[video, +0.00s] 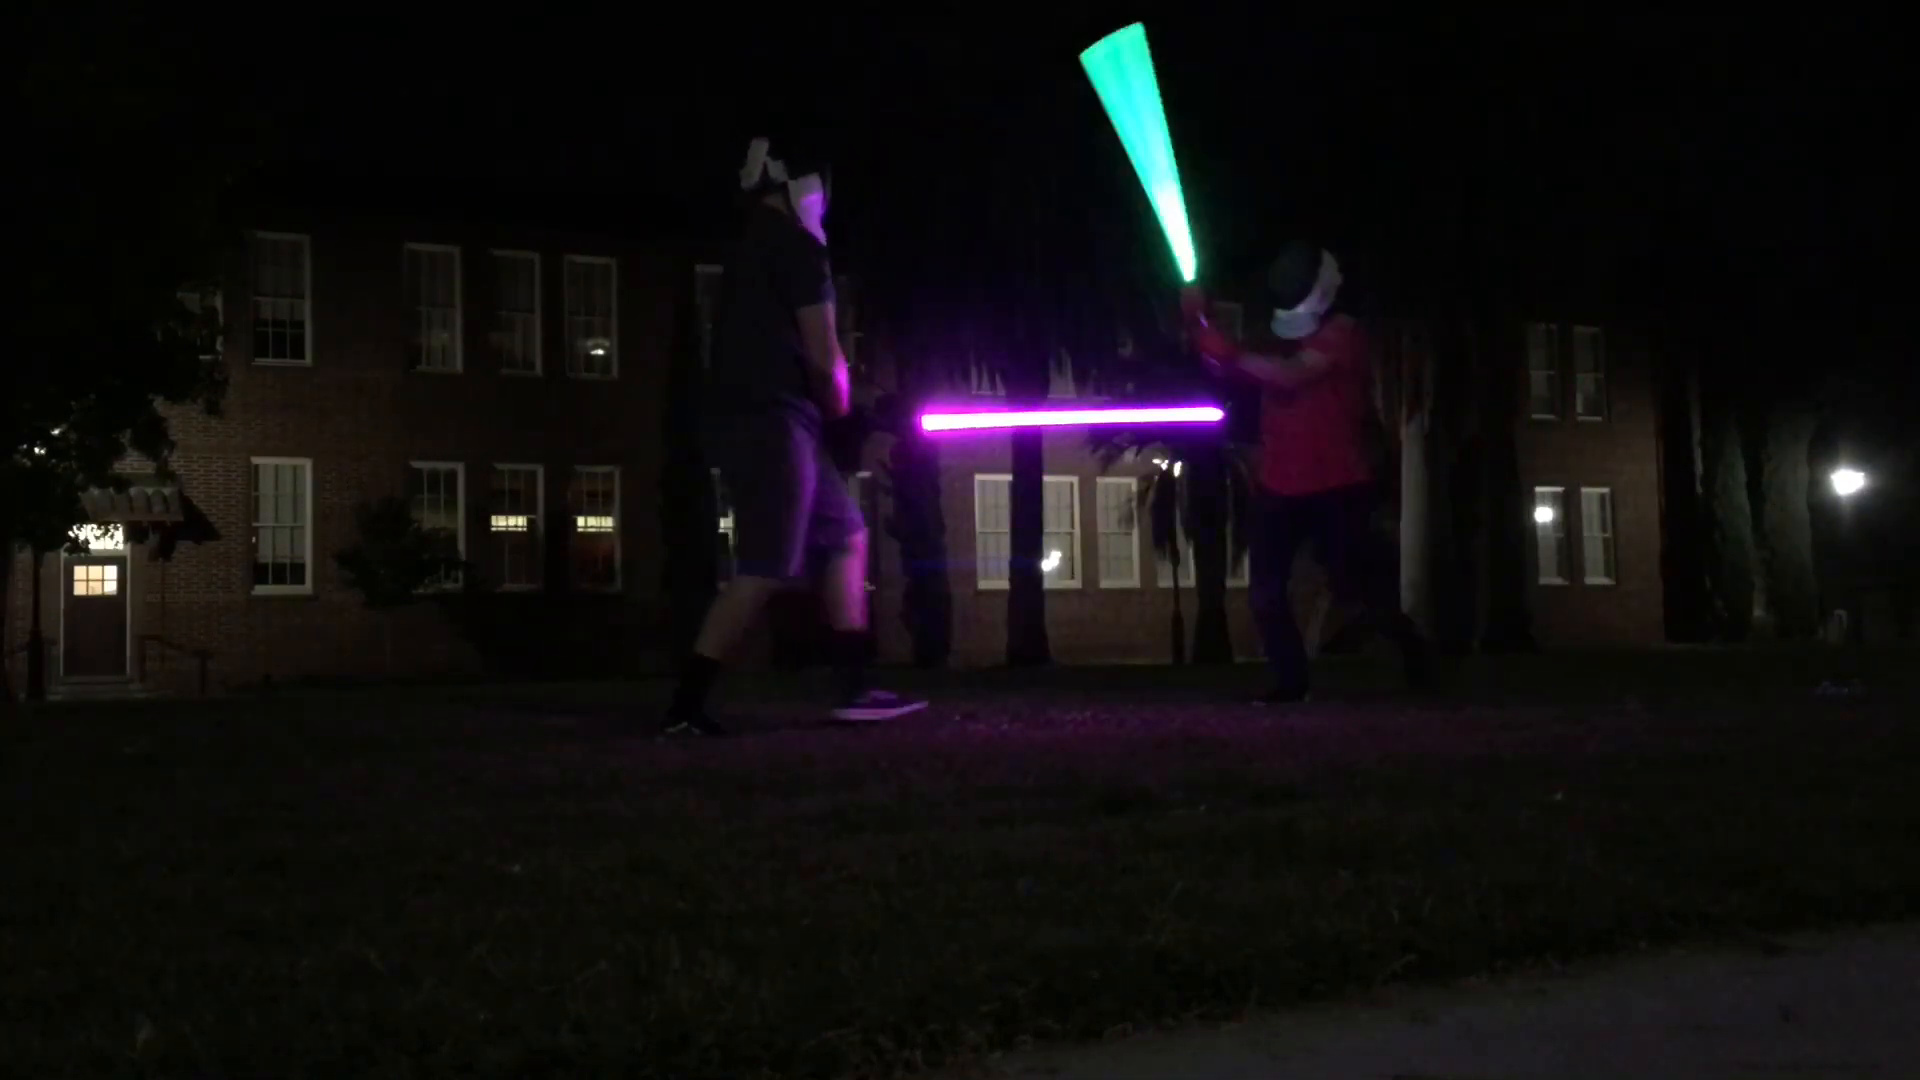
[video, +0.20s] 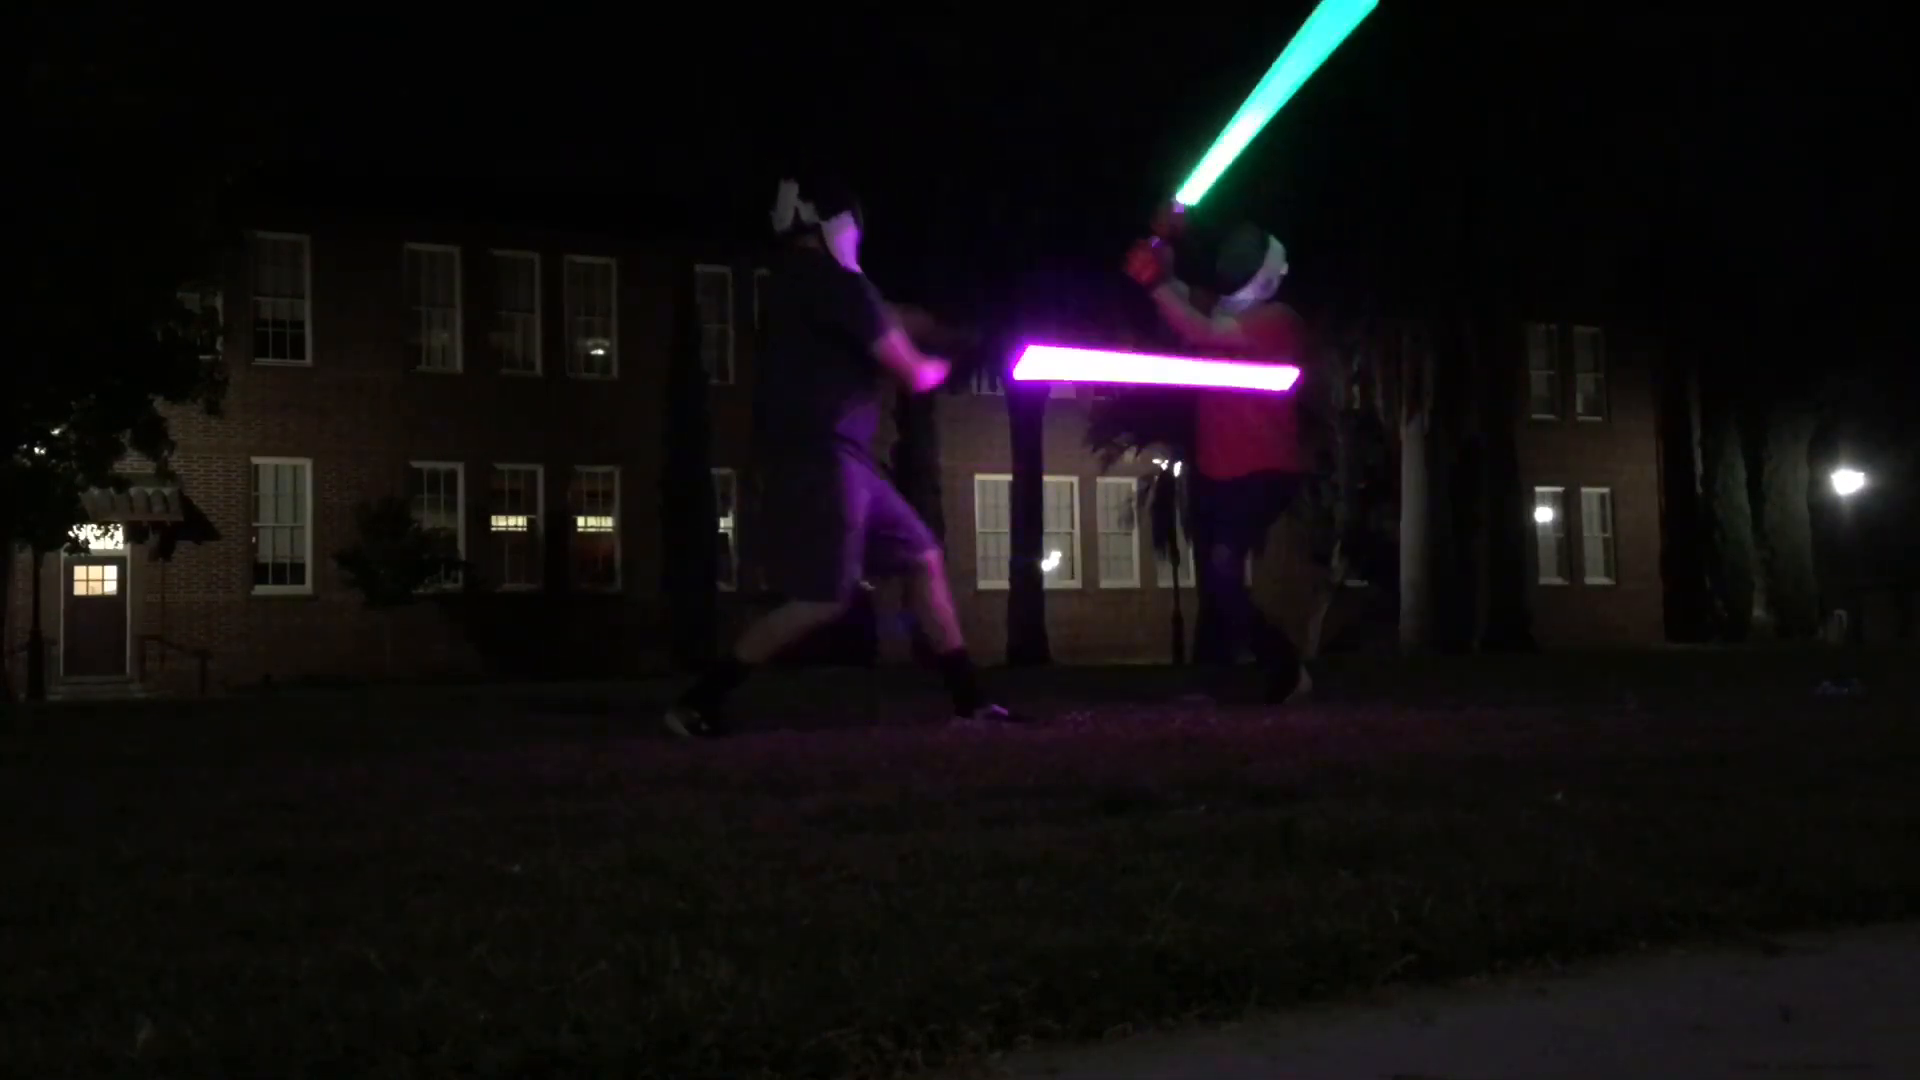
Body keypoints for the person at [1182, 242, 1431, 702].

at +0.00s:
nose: (1292, 320)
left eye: (1300, 309)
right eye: (1285, 312)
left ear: (1322, 297)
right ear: (1278, 306)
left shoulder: (1341, 335)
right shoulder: (1281, 344)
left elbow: (1292, 375)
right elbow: (1234, 374)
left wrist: (1228, 355)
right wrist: (1204, 331)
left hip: (1336, 488)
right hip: (1282, 490)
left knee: (1356, 589)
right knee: (1267, 592)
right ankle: (1289, 680)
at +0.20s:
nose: (1232, 275)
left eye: (1243, 266)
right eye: (1233, 266)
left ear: (1263, 275)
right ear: (1262, 276)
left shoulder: (1275, 323)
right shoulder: (1226, 315)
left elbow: (1211, 334)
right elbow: (1183, 303)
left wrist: (1160, 286)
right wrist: (1162, 259)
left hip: (1259, 472)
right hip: (1220, 471)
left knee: (1223, 572)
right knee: (1216, 573)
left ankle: (1281, 667)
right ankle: (1214, 676)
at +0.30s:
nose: (1216, 277)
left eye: (1225, 269)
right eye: (1217, 270)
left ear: (1245, 278)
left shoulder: (1254, 323)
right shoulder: (1213, 310)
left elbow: (1174, 330)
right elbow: (1182, 291)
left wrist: (1136, 278)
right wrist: (1149, 262)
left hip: (1223, 475)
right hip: (1186, 471)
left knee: (1183, 580)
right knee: (1149, 581)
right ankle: (1223, 652)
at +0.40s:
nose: (1196, 264)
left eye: (1208, 257)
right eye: (1195, 256)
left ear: (1223, 270)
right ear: (1187, 266)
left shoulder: (1230, 320)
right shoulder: (1169, 303)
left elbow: (1161, 316)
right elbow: (1131, 287)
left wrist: (1112, 269)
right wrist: (1092, 231)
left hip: (1204, 475)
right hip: (1156, 468)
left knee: (1154, 572)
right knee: (1093, 549)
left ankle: (1177, 688)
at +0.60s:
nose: (1126, 290)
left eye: (1135, 280)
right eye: (1121, 280)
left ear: (1159, 279)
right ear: (1111, 280)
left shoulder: (1185, 321)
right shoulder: (1102, 326)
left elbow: (1141, 283)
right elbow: (1055, 321)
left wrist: (1076, 242)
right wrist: (1035, 258)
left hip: (1164, 477)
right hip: (1102, 476)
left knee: (1131, 575)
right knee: (1049, 575)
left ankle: (1176, 685)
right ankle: (1026, 699)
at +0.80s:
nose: (1111, 261)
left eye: (1121, 253)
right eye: (1108, 254)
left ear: (1152, 253)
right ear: (1108, 256)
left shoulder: (1178, 295)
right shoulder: (1103, 296)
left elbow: (1153, 280)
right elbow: (1075, 292)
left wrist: (1098, 241)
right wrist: (1056, 245)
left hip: (1163, 458)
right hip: (1099, 461)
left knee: (1179, 547)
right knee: (1060, 578)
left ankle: (1218, 657)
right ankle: (1026, 695)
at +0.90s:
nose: (1135, 247)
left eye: (1147, 242)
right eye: (1134, 240)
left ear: (1174, 251)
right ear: (1127, 247)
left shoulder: (1193, 296)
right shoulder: (1112, 290)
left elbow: (1163, 273)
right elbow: (1079, 280)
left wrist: (1113, 232)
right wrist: (1063, 232)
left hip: (1169, 467)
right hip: (1103, 466)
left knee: (1228, 557)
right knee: (1068, 578)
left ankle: (1280, 661)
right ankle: (1026, 694)